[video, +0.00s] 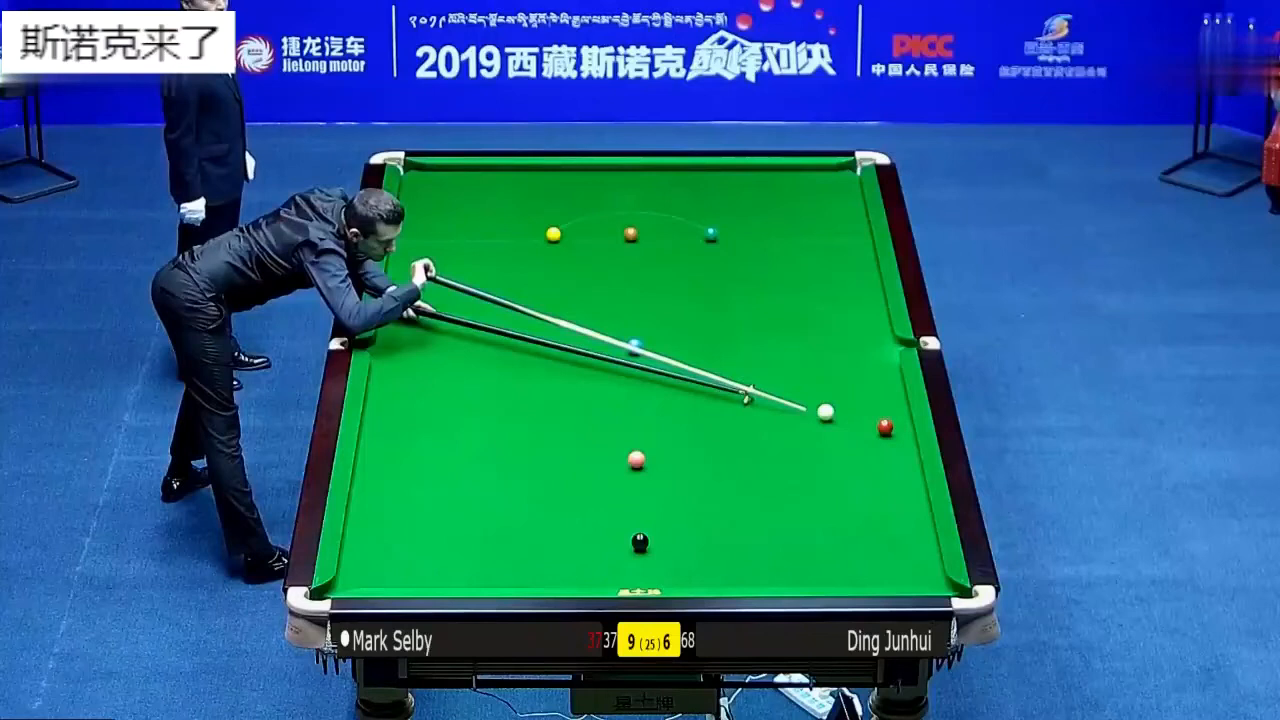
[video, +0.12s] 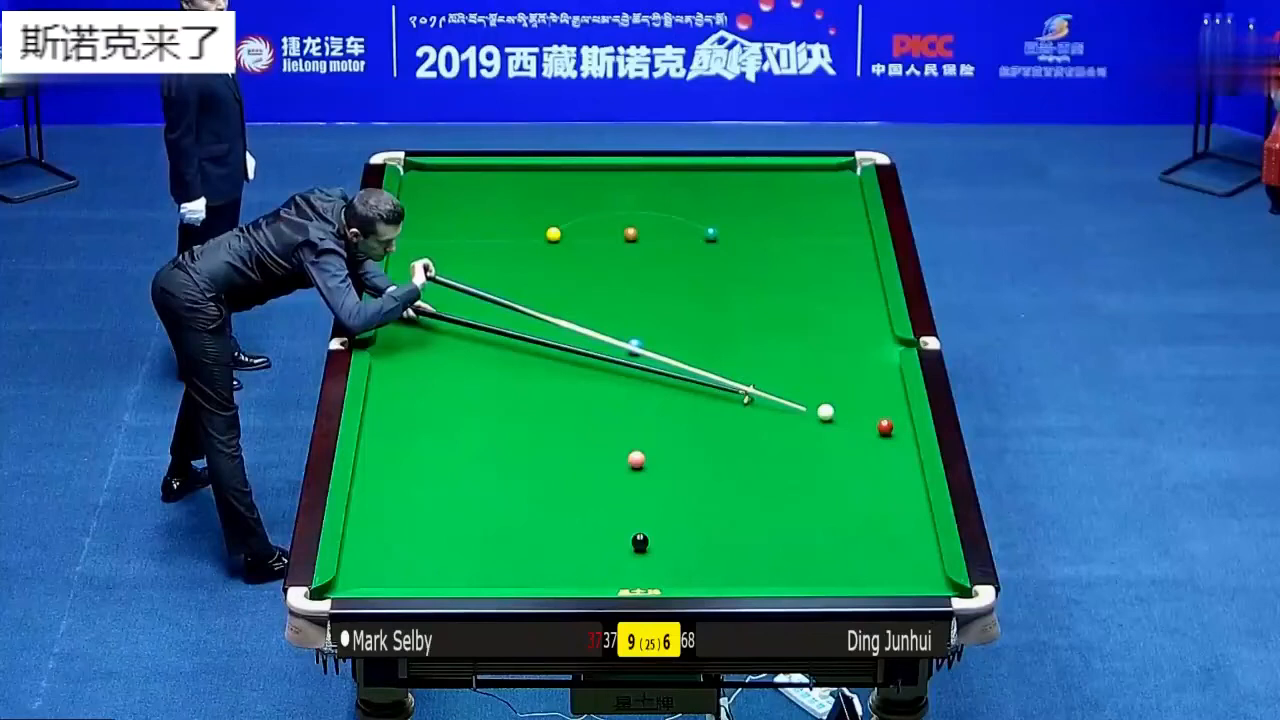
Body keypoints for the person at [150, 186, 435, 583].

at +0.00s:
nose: (391, 250)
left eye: (394, 242)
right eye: (385, 243)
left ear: (355, 224)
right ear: (354, 235)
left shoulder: (333, 203)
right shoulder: (322, 245)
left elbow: (361, 262)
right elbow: (355, 319)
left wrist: (401, 300)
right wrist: (412, 287)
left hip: (180, 276)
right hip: (194, 298)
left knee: (204, 383)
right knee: (221, 428)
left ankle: (180, 473)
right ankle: (255, 557)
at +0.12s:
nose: (391, 250)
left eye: (394, 242)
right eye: (386, 243)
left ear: (355, 224)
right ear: (354, 235)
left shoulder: (333, 203)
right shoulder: (322, 245)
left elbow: (361, 262)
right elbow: (355, 319)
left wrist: (401, 300)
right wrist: (412, 287)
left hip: (180, 276)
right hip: (194, 298)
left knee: (204, 383)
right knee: (221, 428)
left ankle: (180, 473)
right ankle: (255, 557)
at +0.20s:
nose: (391, 250)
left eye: (394, 242)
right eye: (386, 243)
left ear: (355, 224)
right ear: (354, 235)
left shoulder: (333, 203)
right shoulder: (322, 245)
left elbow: (361, 262)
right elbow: (355, 319)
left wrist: (401, 300)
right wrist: (412, 287)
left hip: (180, 276)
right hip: (194, 298)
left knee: (204, 383)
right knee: (221, 428)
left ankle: (180, 473)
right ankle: (255, 557)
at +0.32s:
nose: (391, 250)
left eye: (394, 242)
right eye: (385, 243)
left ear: (355, 224)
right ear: (354, 235)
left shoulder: (333, 203)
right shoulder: (322, 245)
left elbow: (361, 262)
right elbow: (355, 319)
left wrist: (401, 300)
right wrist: (412, 287)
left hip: (180, 276)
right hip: (194, 298)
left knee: (204, 383)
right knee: (221, 428)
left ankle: (180, 473)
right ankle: (255, 557)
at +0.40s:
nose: (391, 250)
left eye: (394, 241)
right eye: (386, 243)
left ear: (355, 224)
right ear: (354, 234)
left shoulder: (333, 203)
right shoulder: (322, 245)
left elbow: (361, 262)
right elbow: (355, 319)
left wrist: (401, 300)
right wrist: (412, 287)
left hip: (180, 276)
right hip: (194, 298)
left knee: (204, 383)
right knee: (221, 428)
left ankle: (180, 473)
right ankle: (255, 557)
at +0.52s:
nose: (391, 249)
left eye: (394, 241)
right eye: (386, 243)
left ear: (355, 224)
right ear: (354, 234)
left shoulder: (334, 203)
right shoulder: (322, 245)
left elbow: (361, 262)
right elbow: (355, 319)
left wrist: (401, 300)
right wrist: (412, 287)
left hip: (180, 276)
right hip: (194, 298)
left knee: (204, 383)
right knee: (221, 428)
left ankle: (180, 473)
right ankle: (255, 557)